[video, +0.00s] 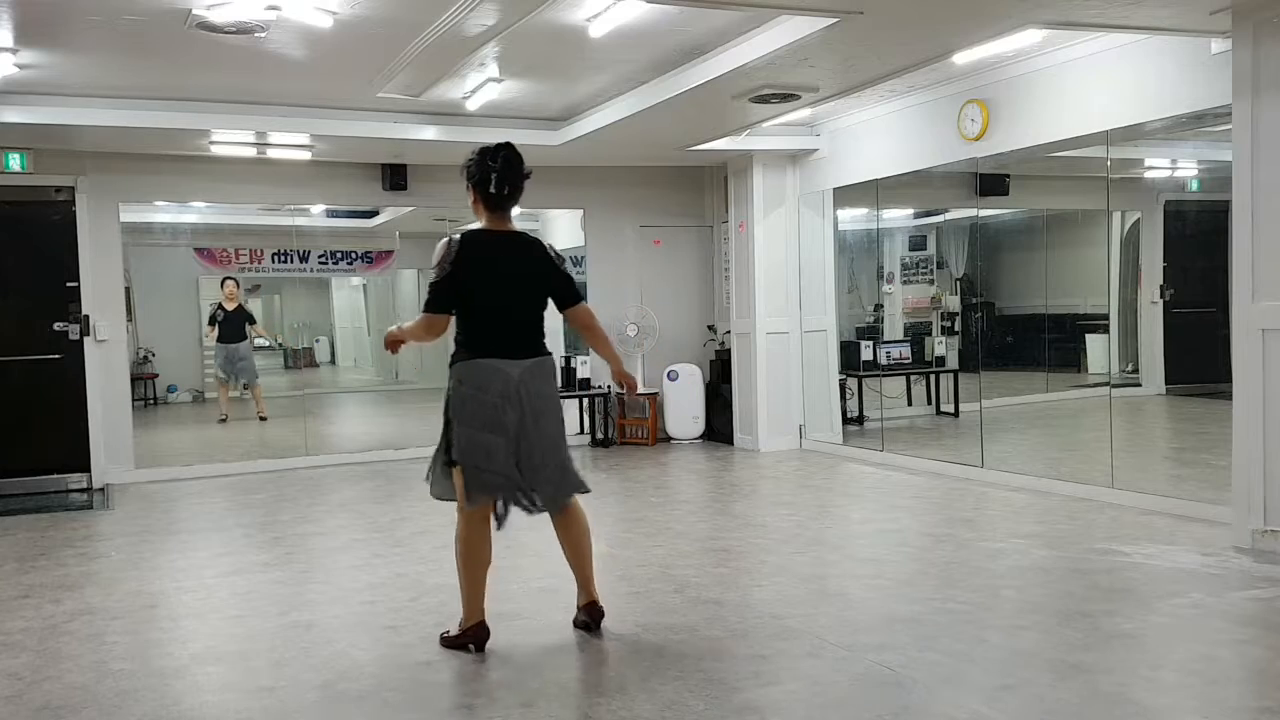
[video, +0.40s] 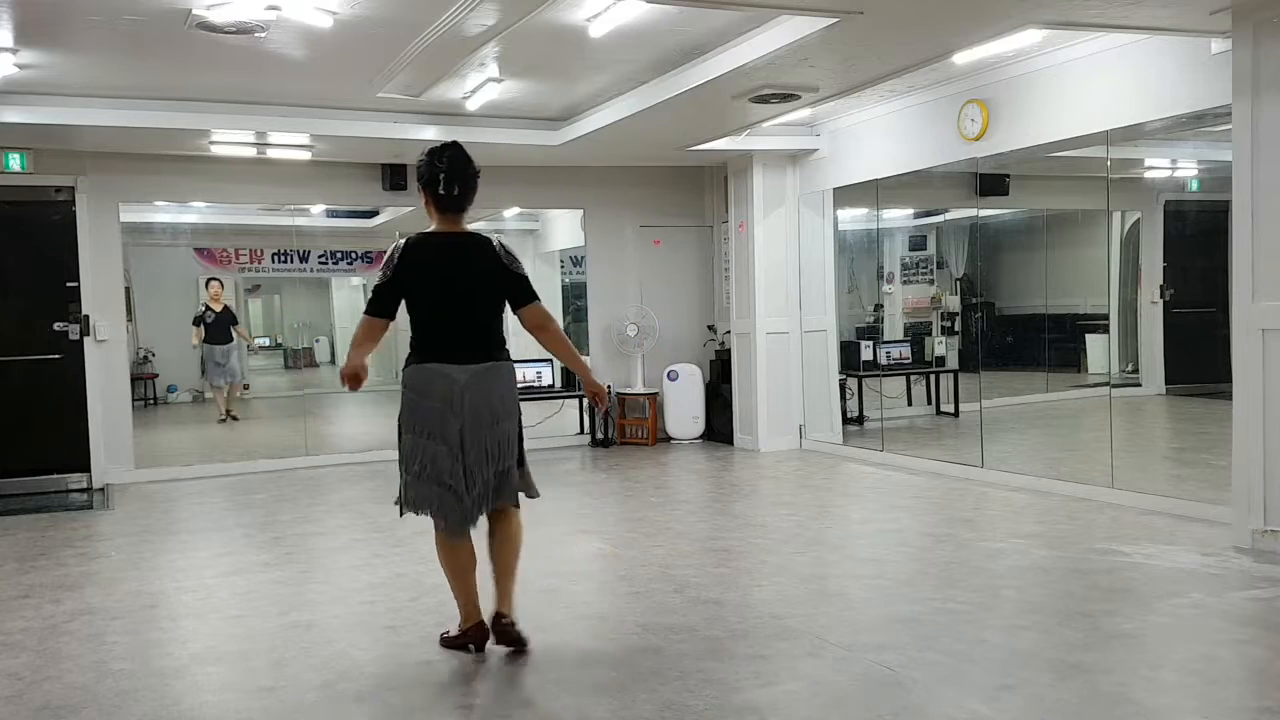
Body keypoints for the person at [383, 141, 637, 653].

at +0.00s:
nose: (469, 196)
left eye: (469, 190)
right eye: (471, 189)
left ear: (473, 194)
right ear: (519, 193)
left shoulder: (458, 249)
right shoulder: (539, 253)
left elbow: (435, 324)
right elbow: (581, 316)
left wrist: (404, 333)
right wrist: (617, 364)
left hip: (478, 381)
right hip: (537, 380)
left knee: (474, 500)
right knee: (560, 490)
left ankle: (473, 622)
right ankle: (590, 601)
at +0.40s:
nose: (428, 198)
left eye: (424, 191)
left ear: (424, 197)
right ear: (473, 195)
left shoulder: (408, 254)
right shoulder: (494, 252)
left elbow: (376, 320)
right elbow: (538, 320)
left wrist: (356, 358)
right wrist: (584, 371)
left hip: (430, 383)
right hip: (493, 382)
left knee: (448, 508)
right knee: (503, 500)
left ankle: (472, 623)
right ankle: (504, 612)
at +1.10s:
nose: (369, 192)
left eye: (364, 185)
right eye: (387, 183)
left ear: (362, 190)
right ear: (414, 188)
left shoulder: (343, 252)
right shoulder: (438, 248)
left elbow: (300, 325)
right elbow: (489, 322)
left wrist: (259, 386)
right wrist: (509, 368)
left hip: (364, 387)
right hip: (434, 383)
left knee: (367, 518)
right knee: (434, 520)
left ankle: (359, 647)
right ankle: (419, 655)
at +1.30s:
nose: (343, 188)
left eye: (338, 179)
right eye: (382, 178)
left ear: (335, 185)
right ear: (391, 185)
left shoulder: (314, 245)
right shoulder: (414, 247)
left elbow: (271, 318)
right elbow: (466, 319)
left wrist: (231, 364)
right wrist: (506, 376)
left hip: (336, 393)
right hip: (405, 391)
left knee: (341, 528)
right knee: (413, 524)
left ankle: (351, 661)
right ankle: (418, 656)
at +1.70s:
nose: (281, 188)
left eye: (278, 181)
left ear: (281, 187)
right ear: (336, 187)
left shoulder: (267, 250)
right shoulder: (357, 252)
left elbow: (235, 328)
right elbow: (411, 323)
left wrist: (202, 358)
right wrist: (461, 380)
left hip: (299, 392)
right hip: (359, 390)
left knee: (320, 527)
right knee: (328, 520)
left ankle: (349, 660)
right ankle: (318, 638)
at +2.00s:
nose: (250, 188)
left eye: (250, 181)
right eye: (254, 180)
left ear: (255, 187)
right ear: (309, 187)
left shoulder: (249, 246)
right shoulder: (329, 252)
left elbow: (231, 325)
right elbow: (381, 319)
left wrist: (176, 364)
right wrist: (432, 367)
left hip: (271, 389)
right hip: (325, 388)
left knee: (296, 523)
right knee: (284, 525)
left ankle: (341, 649)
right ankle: (259, 646)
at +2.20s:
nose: (232, 188)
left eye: (233, 181)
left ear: (238, 186)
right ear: (292, 186)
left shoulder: (235, 244)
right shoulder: (309, 251)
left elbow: (221, 322)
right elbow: (356, 322)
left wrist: (162, 366)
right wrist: (393, 366)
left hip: (257, 387)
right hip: (311, 386)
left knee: (283, 524)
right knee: (278, 527)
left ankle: (337, 644)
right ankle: (259, 647)